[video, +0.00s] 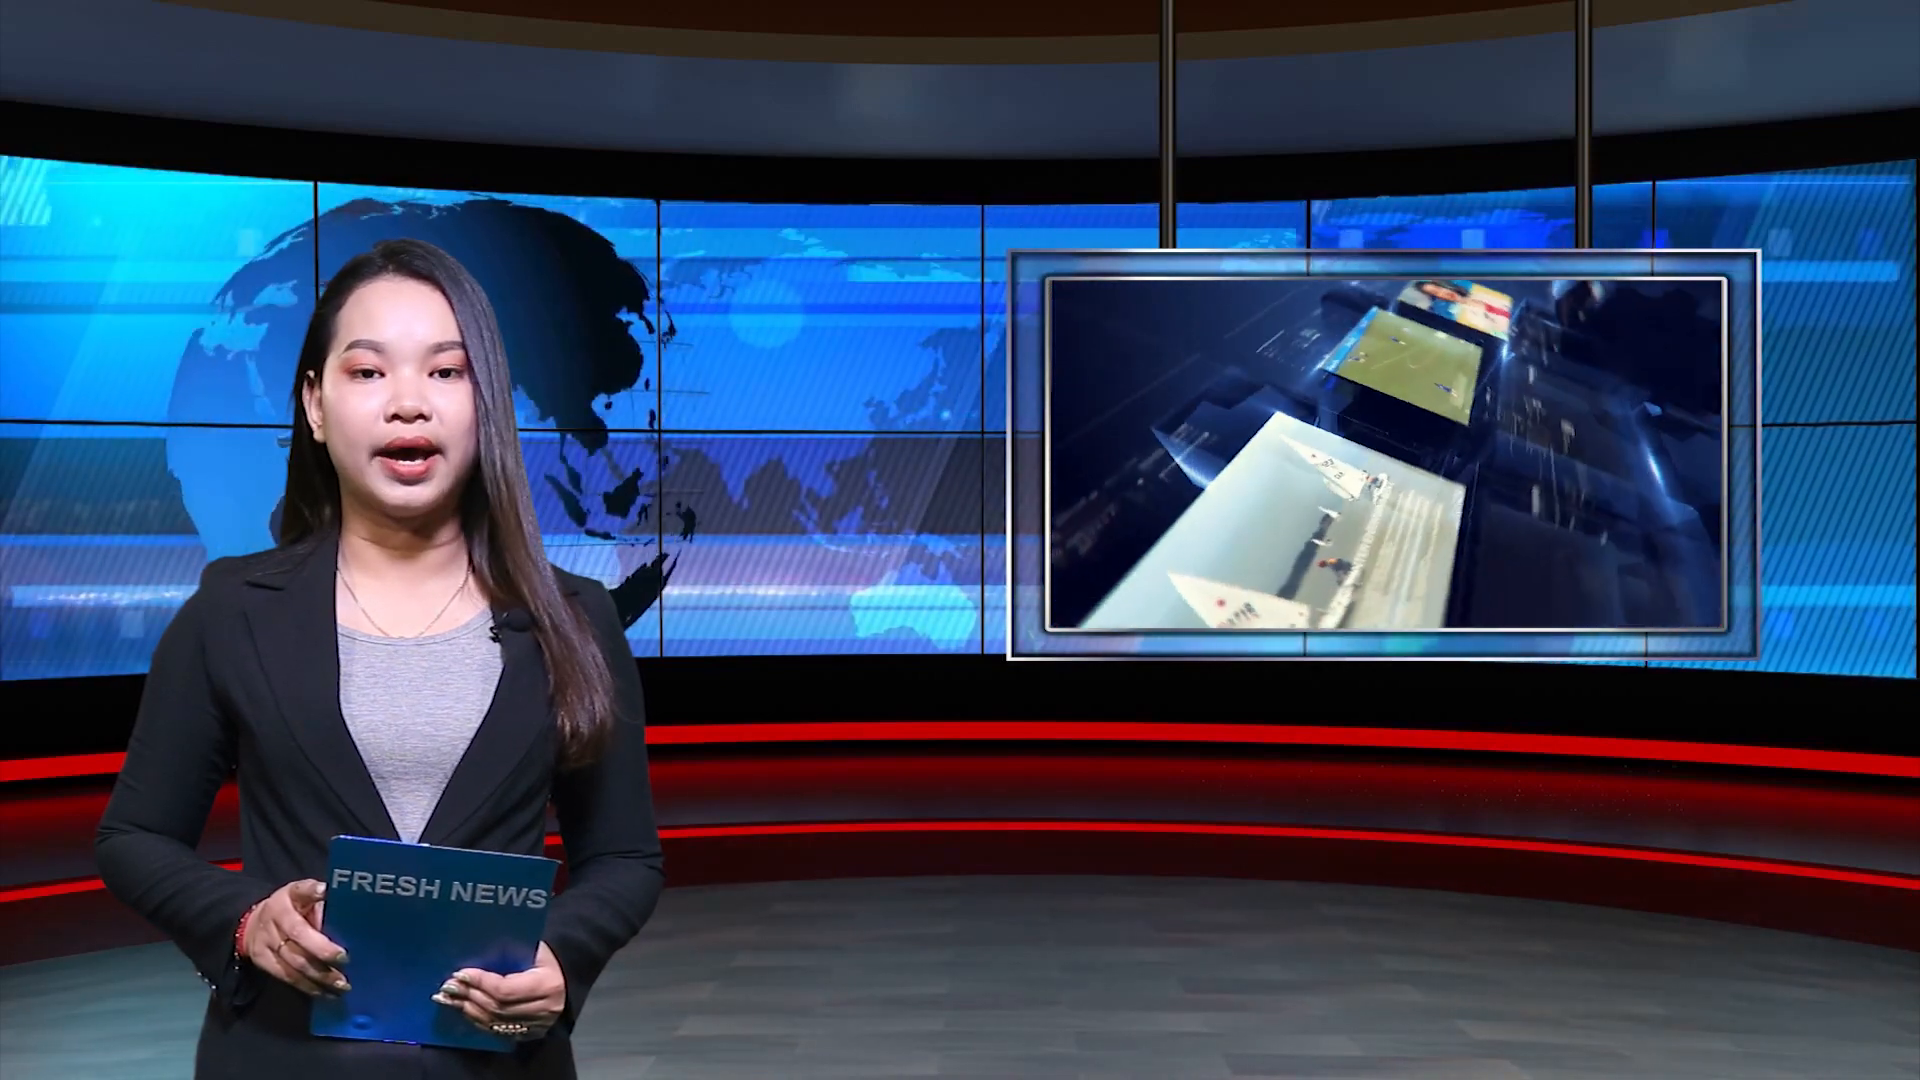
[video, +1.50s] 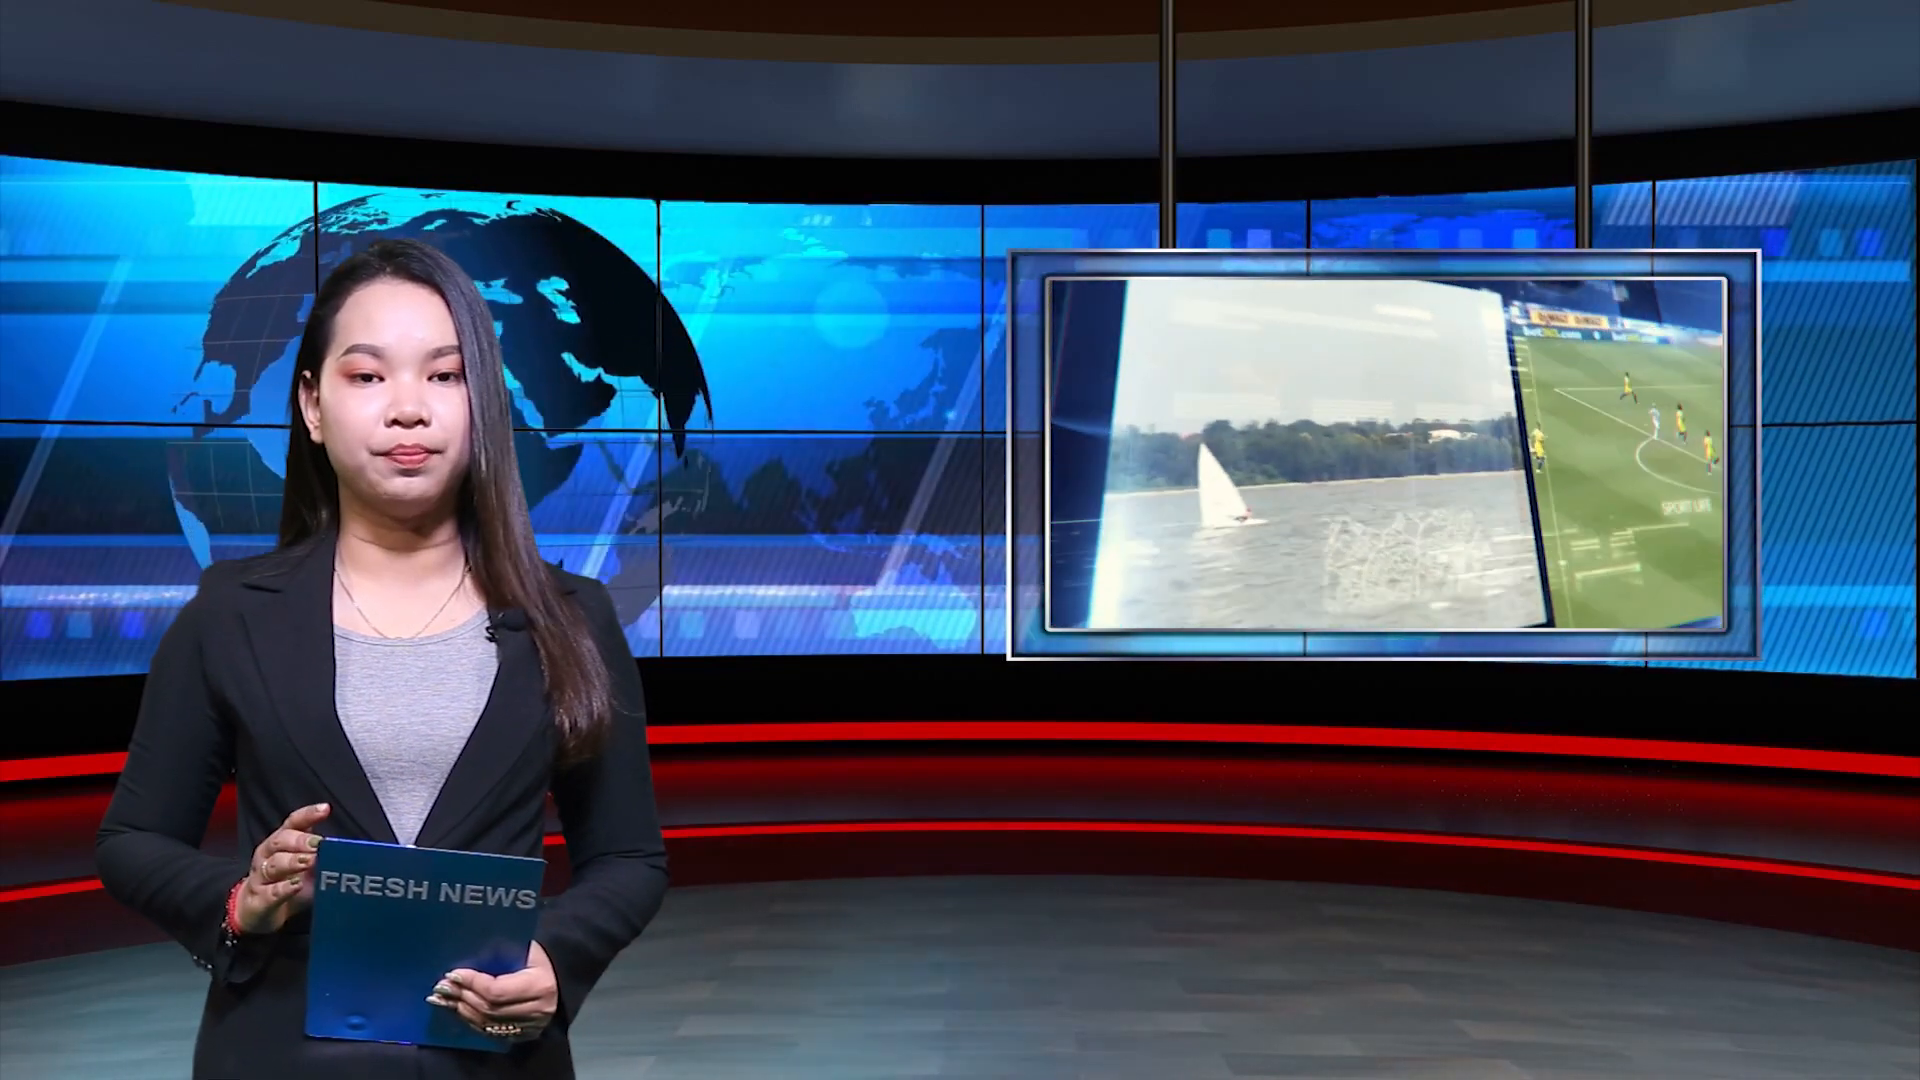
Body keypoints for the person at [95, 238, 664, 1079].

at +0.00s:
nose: (409, 403)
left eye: (446, 370)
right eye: (367, 370)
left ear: (486, 404)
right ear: (316, 406)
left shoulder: (571, 620)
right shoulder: (234, 612)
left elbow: (623, 857)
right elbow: (134, 838)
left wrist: (557, 959)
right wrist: (242, 917)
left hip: (499, 1053)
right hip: (284, 1054)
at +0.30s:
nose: (413, 403)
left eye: (448, 372)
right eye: (370, 372)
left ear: (488, 404)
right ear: (318, 408)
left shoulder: (571, 621)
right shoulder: (237, 612)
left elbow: (625, 857)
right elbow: (135, 839)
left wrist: (561, 957)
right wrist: (246, 918)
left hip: (502, 1053)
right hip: (287, 1054)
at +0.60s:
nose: (413, 407)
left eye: (448, 375)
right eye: (371, 375)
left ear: (488, 404)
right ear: (317, 409)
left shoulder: (572, 620)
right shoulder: (239, 613)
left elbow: (627, 856)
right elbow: (135, 838)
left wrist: (563, 957)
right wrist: (247, 918)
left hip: (504, 1054)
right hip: (288, 1055)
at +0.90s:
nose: (413, 410)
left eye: (446, 376)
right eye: (371, 377)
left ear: (487, 404)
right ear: (317, 408)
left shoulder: (570, 618)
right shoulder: (239, 612)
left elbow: (630, 858)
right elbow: (136, 840)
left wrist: (558, 958)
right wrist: (239, 915)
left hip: (500, 1052)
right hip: (287, 1054)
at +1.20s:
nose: (413, 410)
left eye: (447, 376)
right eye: (371, 375)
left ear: (487, 406)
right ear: (315, 406)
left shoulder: (569, 617)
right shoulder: (236, 615)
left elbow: (630, 858)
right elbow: (135, 840)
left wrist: (556, 961)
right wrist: (240, 897)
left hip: (499, 1054)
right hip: (283, 1055)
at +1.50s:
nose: (410, 408)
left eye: (443, 375)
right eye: (367, 375)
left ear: (481, 404)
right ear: (312, 407)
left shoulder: (566, 618)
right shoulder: (233, 614)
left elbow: (628, 858)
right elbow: (132, 842)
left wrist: (553, 962)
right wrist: (235, 898)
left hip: (496, 1054)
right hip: (280, 1055)